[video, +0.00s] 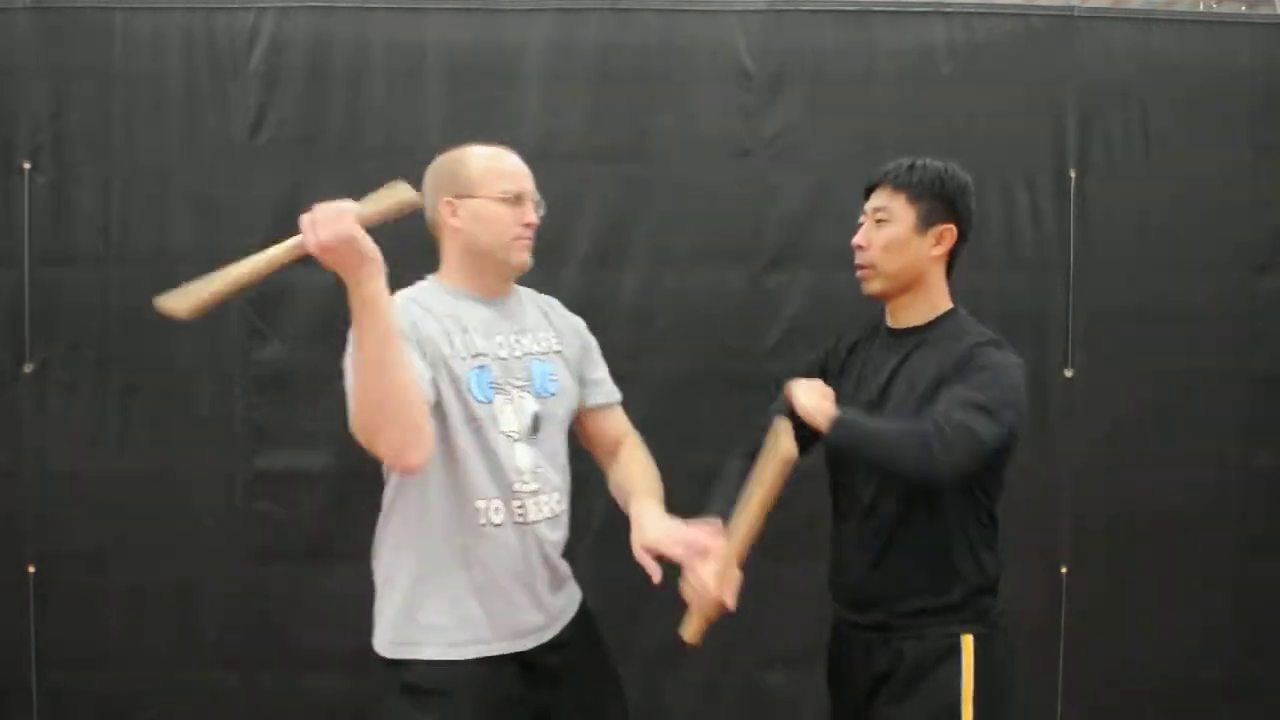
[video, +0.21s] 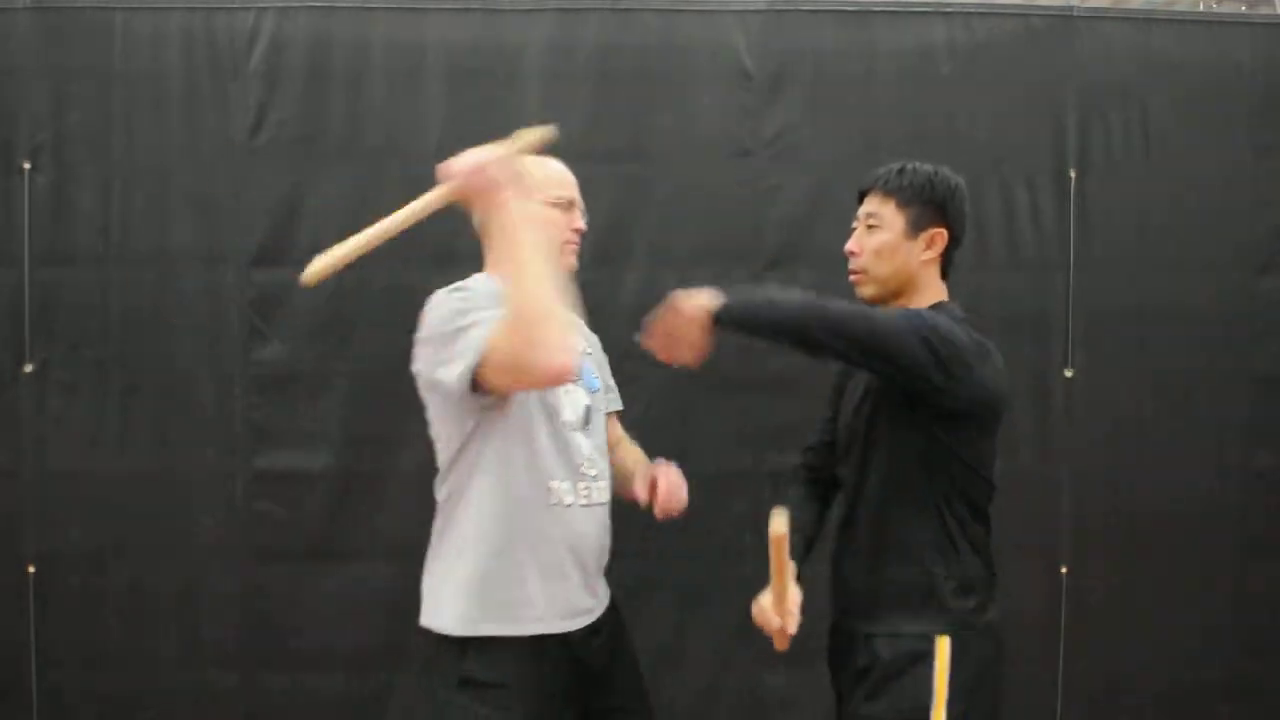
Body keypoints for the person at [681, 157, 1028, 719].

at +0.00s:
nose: (857, 241)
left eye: (880, 222)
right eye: (862, 223)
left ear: (940, 240)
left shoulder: (990, 366)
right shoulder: (851, 356)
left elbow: (943, 453)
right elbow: (772, 448)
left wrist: (833, 421)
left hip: (944, 647)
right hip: (856, 640)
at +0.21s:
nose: (850, 247)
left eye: (872, 228)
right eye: (855, 228)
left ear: (931, 243)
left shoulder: (956, 349)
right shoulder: (869, 355)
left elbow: (846, 327)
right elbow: (817, 473)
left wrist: (718, 306)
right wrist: (784, 573)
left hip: (929, 644)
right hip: (861, 637)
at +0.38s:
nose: (855, 242)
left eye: (876, 225)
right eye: (863, 224)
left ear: (936, 243)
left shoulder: (949, 341)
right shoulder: (890, 343)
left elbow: (824, 298)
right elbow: (817, 417)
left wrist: (712, 263)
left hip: (918, 642)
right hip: (868, 633)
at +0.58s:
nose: (859, 245)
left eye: (874, 230)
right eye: (866, 228)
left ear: (930, 247)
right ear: (928, 248)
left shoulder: (939, 344)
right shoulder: (922, 341)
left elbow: (787, 356)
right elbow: (788, 398)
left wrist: (836, 298)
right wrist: (742, 283)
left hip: (895, 647)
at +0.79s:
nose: (840, 247)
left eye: (851, 231)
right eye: (845, 230)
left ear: (898, 246)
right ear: (905, 249)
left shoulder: (871, 364)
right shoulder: (974, 356)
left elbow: (742, 466)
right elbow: (871, 426)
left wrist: (712, 404)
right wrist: (772, 397)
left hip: (877, 653)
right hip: (957, 634)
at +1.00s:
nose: (830, 245)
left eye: (844, 230)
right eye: (838, 227)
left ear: (894, 248)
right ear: (900, 250)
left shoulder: (891, 368)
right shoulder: (946, 341)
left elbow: (774, 491)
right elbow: (832, 404)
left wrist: (691, 472)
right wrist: (851, 295)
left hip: (894, 652)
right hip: (942, 633)